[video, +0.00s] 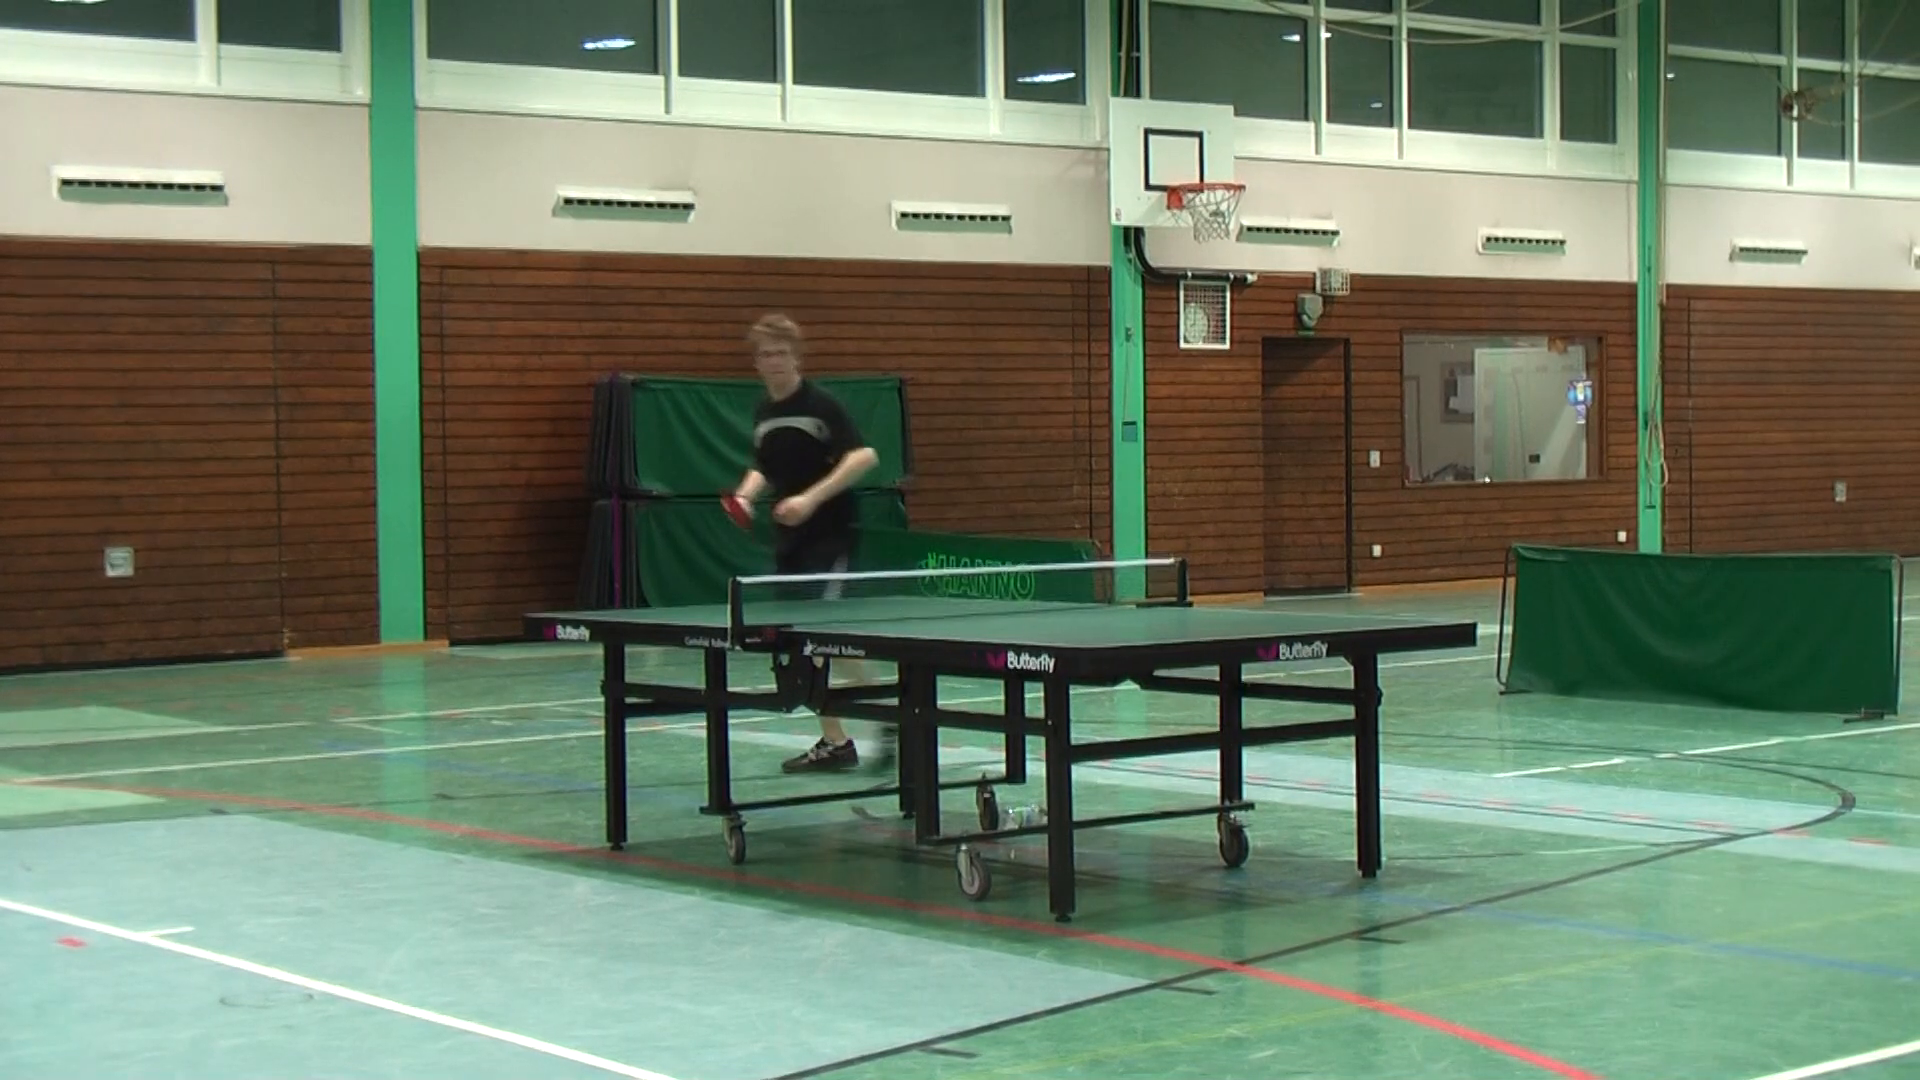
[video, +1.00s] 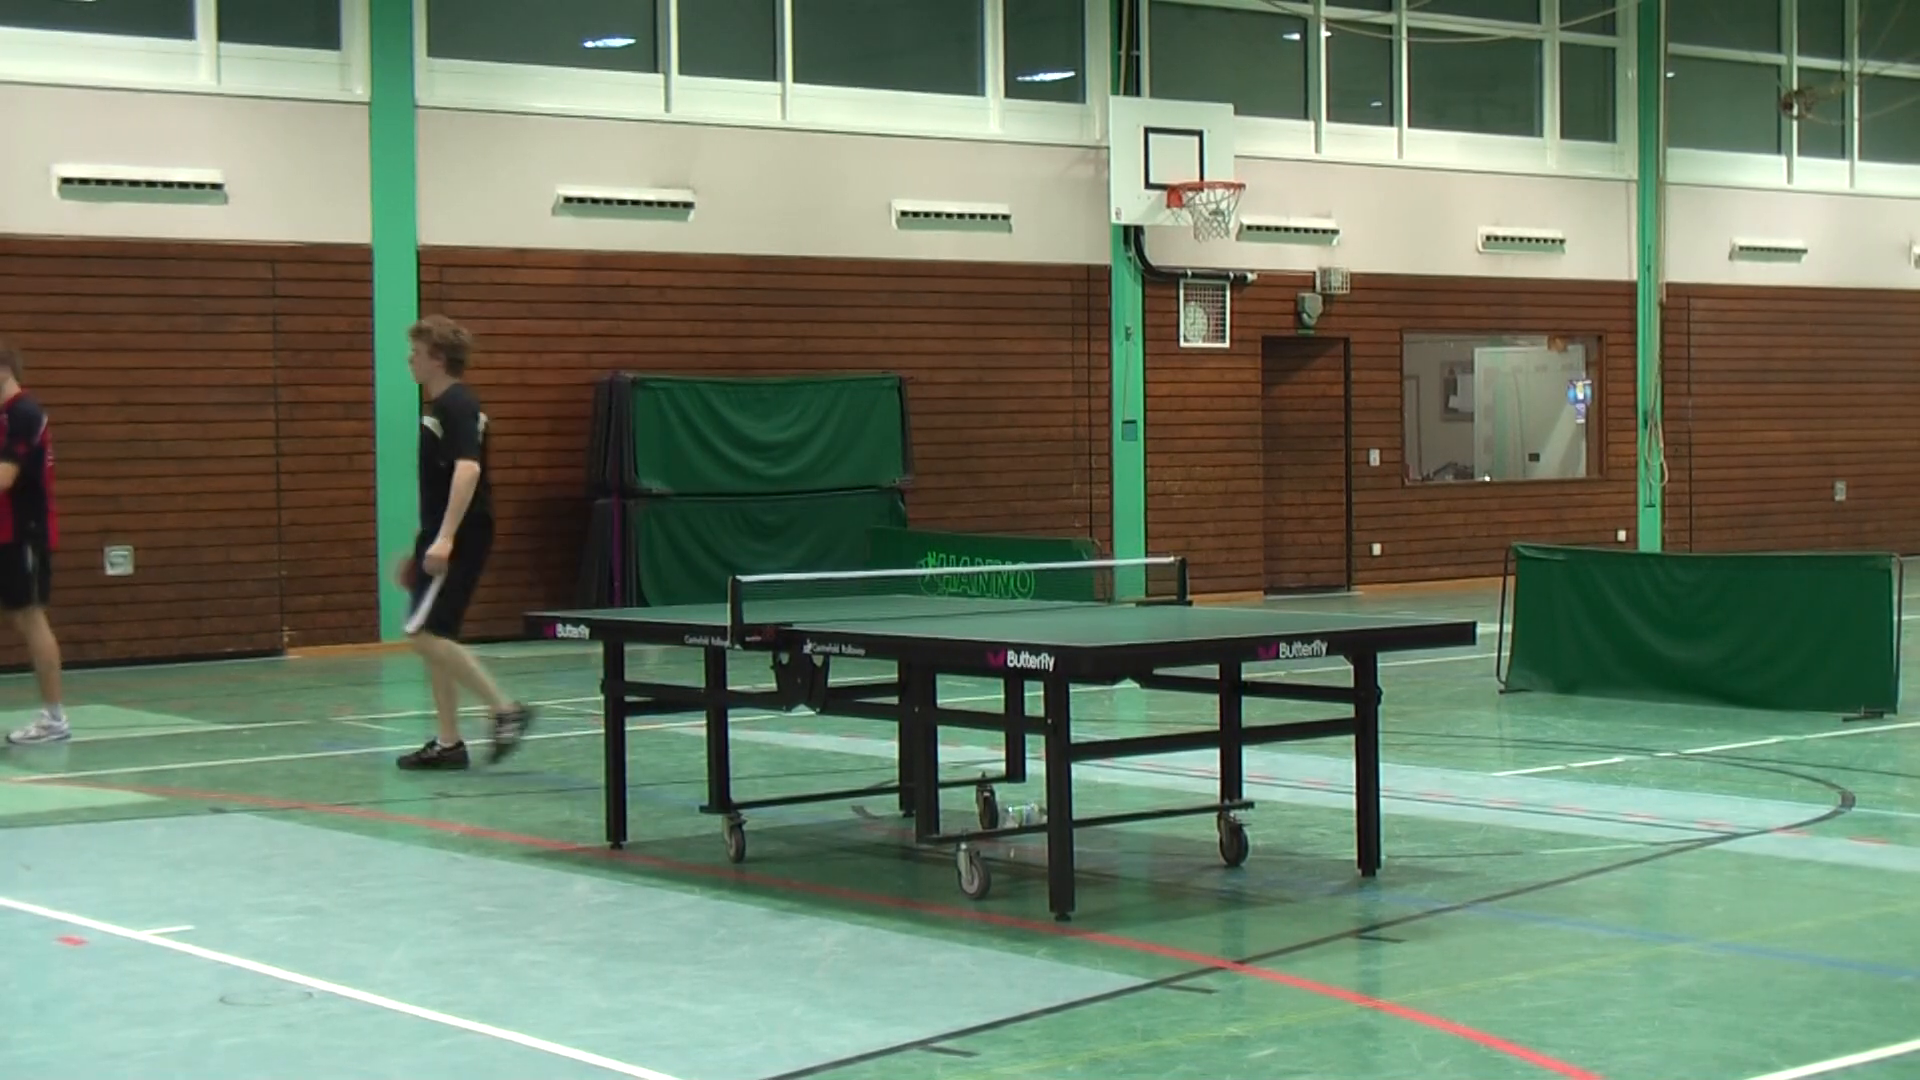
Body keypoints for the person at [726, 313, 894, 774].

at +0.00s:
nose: (774, 363)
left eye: (782, 354)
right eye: (766, 356)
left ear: (798, 356)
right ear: (756, 363)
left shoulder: (821, 404)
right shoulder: (764, 412)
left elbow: (863, 456)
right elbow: (765, 465)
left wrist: (809, 498)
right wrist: (745, 494)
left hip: (831, 539)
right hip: (791, 540)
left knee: (826, 633)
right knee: (799, 641)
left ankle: (888, 714)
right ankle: (835, 739)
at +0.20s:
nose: (681, 373)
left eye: (689, 364)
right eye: (677, 365)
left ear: (714, 364)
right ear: (677, 369)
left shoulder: (739, 409)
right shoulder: (693, 414)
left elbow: (784, 458)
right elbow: (690, 464)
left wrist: (729, 499)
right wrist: (662, 490)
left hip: (751, 545)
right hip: (723, 544)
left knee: (692, 630)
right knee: (782, 635)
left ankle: (667, 738)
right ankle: (831, 730)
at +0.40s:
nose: (591, 381)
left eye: (596, 373)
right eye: (591, 373)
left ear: (620, 374)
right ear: (612, 375)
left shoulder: (653, 422)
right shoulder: (623, 419)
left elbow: (683, 487)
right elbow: (625, 484)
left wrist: (625, 529)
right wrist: (597, 521)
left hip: (660, 553)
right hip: (639, 549)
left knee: (604, 638)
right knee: (658, 645)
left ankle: (621, 746)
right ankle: (745, 699)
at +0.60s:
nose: (524, 361)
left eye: (528, 353)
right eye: (524, 353)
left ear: (550, 355)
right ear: (556, 355)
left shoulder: (569, 401)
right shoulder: (590, 397)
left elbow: (572, 460)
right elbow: (617, 461)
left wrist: (521, 491)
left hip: (586, 535)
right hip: (583, 532)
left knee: (595, 634)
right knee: (543, 623)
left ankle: (618, 739)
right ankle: (552, 726)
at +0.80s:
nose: (463, 375)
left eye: (468, 367)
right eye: (464, 367)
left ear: (490, 370)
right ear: (496, 371)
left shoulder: (503, 415)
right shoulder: (518, 413)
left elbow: (495, 474)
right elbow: (561, 477)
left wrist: (441, 509)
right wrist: (541, 524)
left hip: (514, 548)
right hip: (500, 547)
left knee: (531, 644)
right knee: (466, 642)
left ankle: (607, 730)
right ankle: (451, 743)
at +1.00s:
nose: (409, 360)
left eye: (415, 353)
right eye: (410, 353)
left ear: (438, 357)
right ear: (435, 357)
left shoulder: (457, 404)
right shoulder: (435, 406)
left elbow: (467, 471)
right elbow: (437, 488)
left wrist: (445, 538)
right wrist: (420, 549)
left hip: (465, 534)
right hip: (445, 534)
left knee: (424, 633)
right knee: (432, 637)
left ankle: (506, 710)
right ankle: (449, 743)